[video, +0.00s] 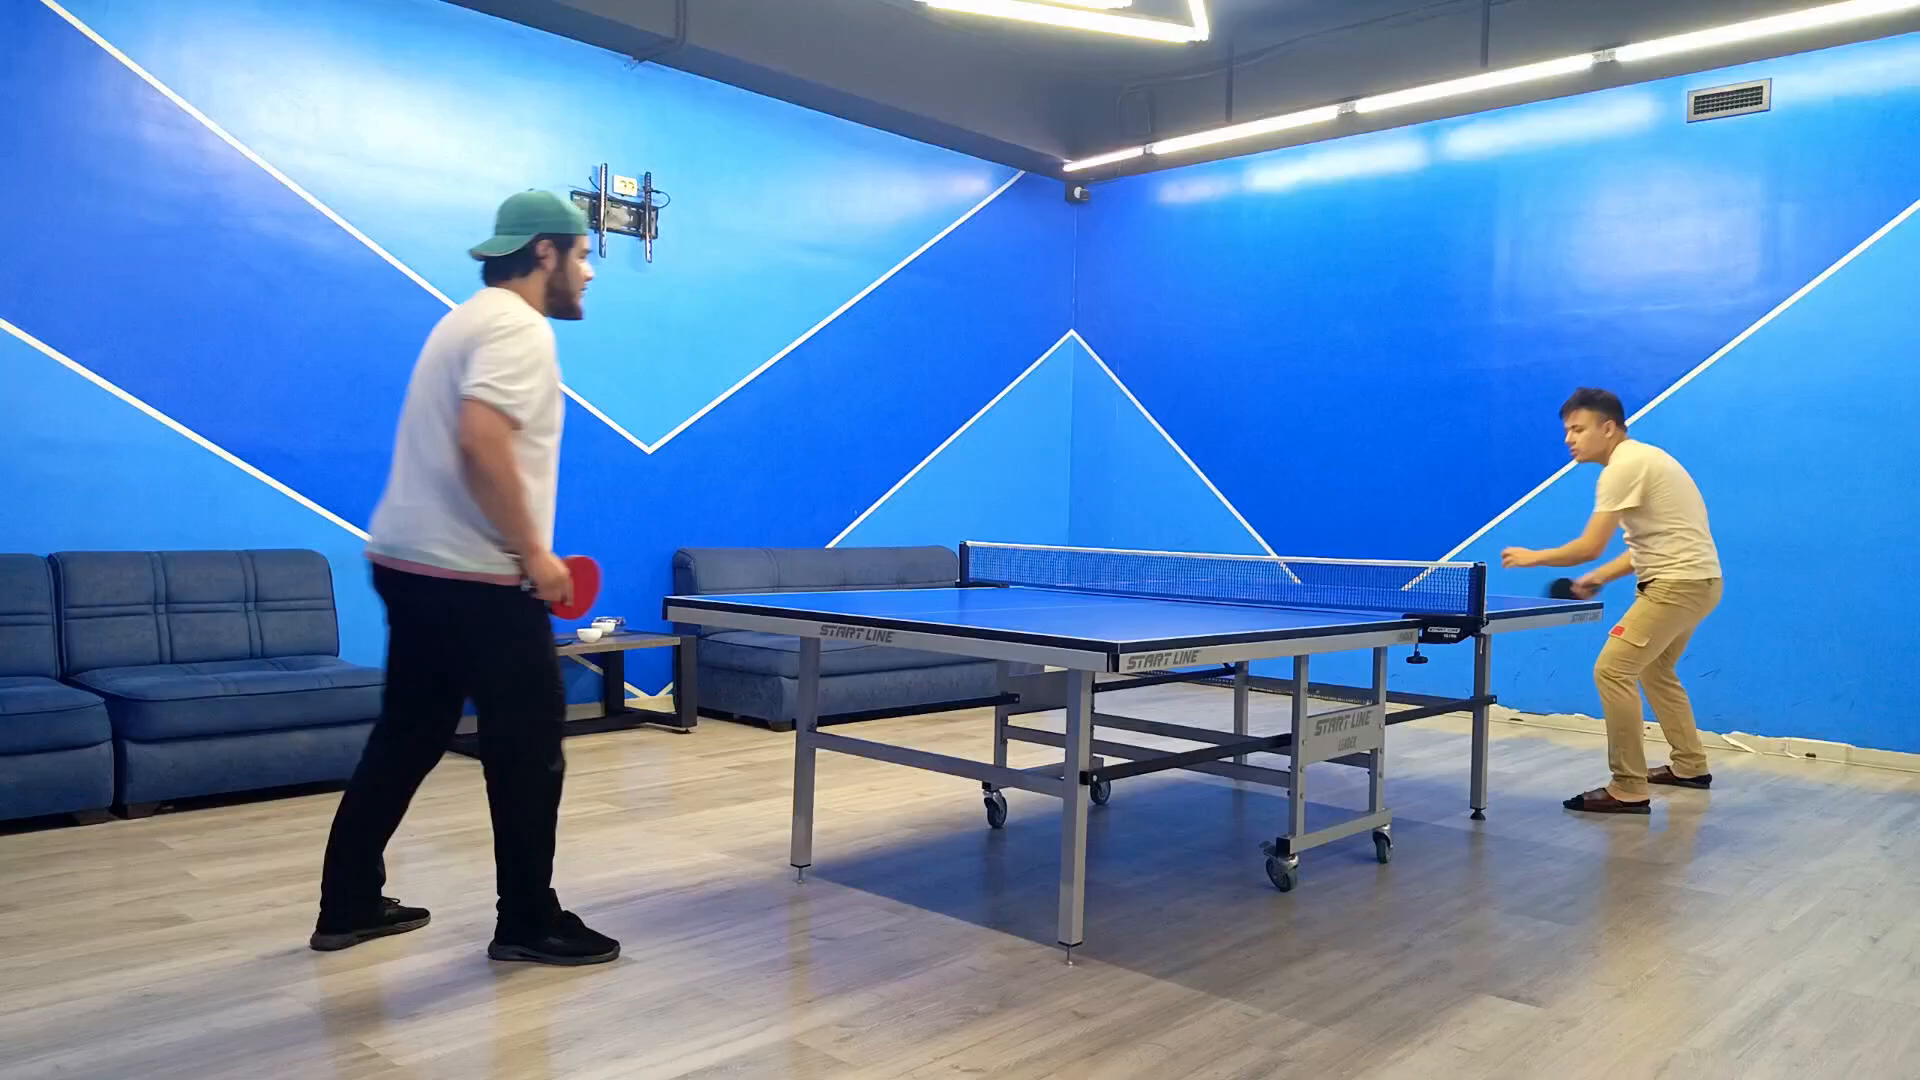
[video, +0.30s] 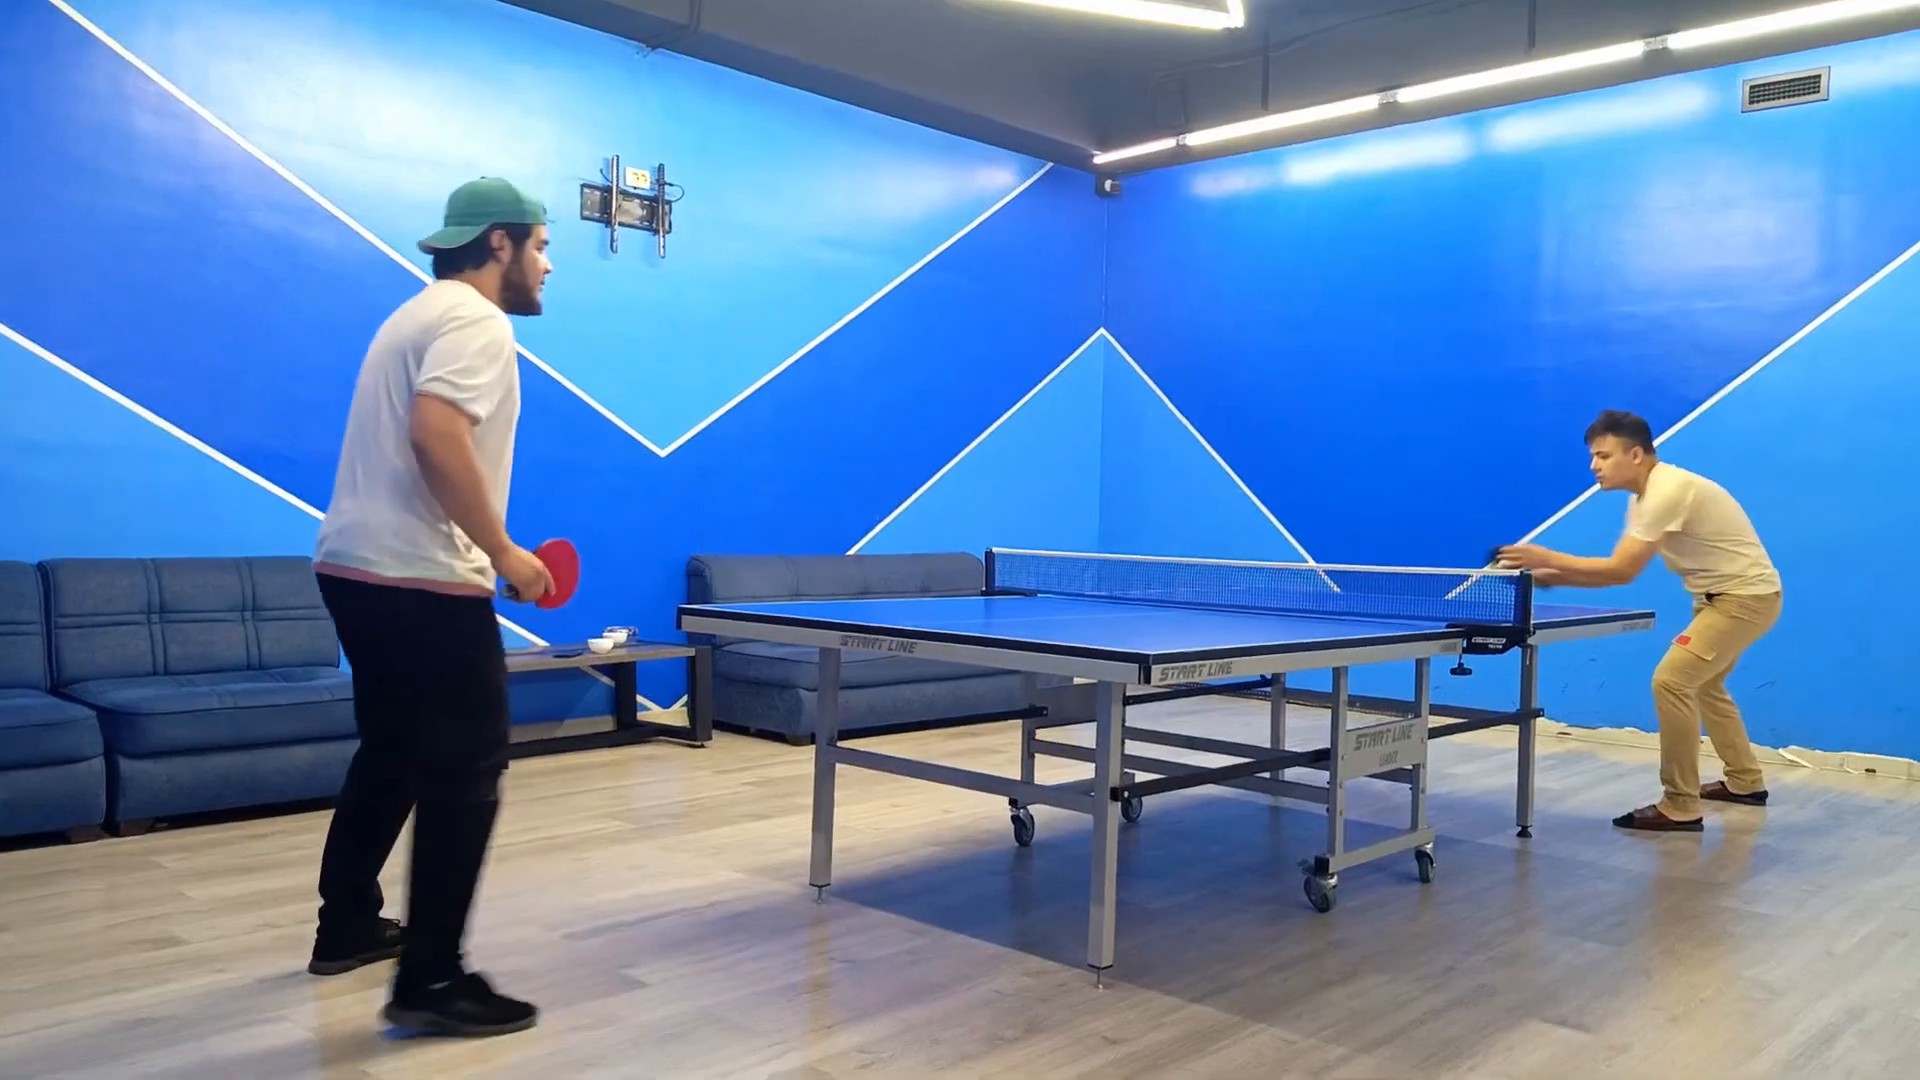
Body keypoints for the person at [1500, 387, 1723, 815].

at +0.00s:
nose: (1569, 439)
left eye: (1577, 429)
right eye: (1567, 430)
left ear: (1610, 428)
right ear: (1611, 431)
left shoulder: (1624, 464)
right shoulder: (1646, 459)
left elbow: (1590, 547)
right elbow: (1652, 545)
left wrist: (1535, 557)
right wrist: (1598, 577)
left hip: (1677, 580)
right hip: (1694, 578)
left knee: (1613, 671)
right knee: (1657, 670)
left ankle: (1629, 788)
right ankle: (1690, 767)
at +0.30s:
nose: (1594, 467)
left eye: (1603, 456)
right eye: (1593, 458)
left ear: (1637, 454)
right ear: (1631, 458)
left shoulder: (1667, 489)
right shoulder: (1644, 496)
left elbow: (1622, 571)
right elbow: (1617, 570)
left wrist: (1547, 558)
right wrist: (1557, 575)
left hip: (1745, 596)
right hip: (1720, 598)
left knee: (1672, 682)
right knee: (1705, 684)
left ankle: (1680, 806)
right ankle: (1746, 783)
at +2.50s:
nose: (1592, 463)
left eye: (1606, 455)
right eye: (1585, 453)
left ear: (1632, 466)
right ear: (1578, 456)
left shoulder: (1655, 517)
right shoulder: (1556, 500)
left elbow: (1696, 566)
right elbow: (1474, 506)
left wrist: (1721, 610)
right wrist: (1514, 528)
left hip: (1613, 644)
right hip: (1552, 640)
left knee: (1593, 710)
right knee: (1512, 702)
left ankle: (1622, 837)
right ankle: (1538, 787)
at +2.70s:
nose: (1563, 446)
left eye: (1576, 436)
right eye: (1558, 436)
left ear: (1610, 440)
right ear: (1555, 440)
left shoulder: (1648, 494)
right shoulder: (1565, 495)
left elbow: (1710, 562)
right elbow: (1530, 550)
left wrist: (1663, 598)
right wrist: (1496, 581)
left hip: (1633, 650)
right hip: (1578, 647)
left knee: (1585, 747)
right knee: (1552, 739)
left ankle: (1617, 884)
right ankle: (1559, 843)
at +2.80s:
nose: (1561, 439)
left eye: (1572, 428)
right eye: (1555, 430)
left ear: (1606, 429)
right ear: (1553, 435)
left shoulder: (1633, 476)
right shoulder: (1586, 493)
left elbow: (1666, 547)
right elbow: (1594, 574)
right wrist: (1532, 605)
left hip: (1649, 631)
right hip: (1606, 634)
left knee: (1616, 743)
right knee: (1579, 736)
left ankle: (1660, 886)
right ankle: (1607, 845)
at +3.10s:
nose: (1563, 517)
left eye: (1570, 507)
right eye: (1563, 507)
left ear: (1601, 508)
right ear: (1610, 512)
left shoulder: (1610, 531)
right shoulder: (1642, 546)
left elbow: (1593, 554)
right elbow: (1681, 600)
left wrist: (1525, 583)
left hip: (1676, 672)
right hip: (1678, 672)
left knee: (1652, 795)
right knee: (1603, 744)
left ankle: (1738, 912)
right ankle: (1634, 860)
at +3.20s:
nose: (1558, 494)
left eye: (1565, 484)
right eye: (1560, 484)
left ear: (1591, 487)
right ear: (1593, 489)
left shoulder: (1613, 511)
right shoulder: (1606, 539)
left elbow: (1643, 527)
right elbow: (1612, 607)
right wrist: (1572, 618)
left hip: (1671, 645)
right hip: (1647, 654)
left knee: (1671, 761)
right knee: (1597, 741)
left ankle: (1724, 887)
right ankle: (1632, 858)